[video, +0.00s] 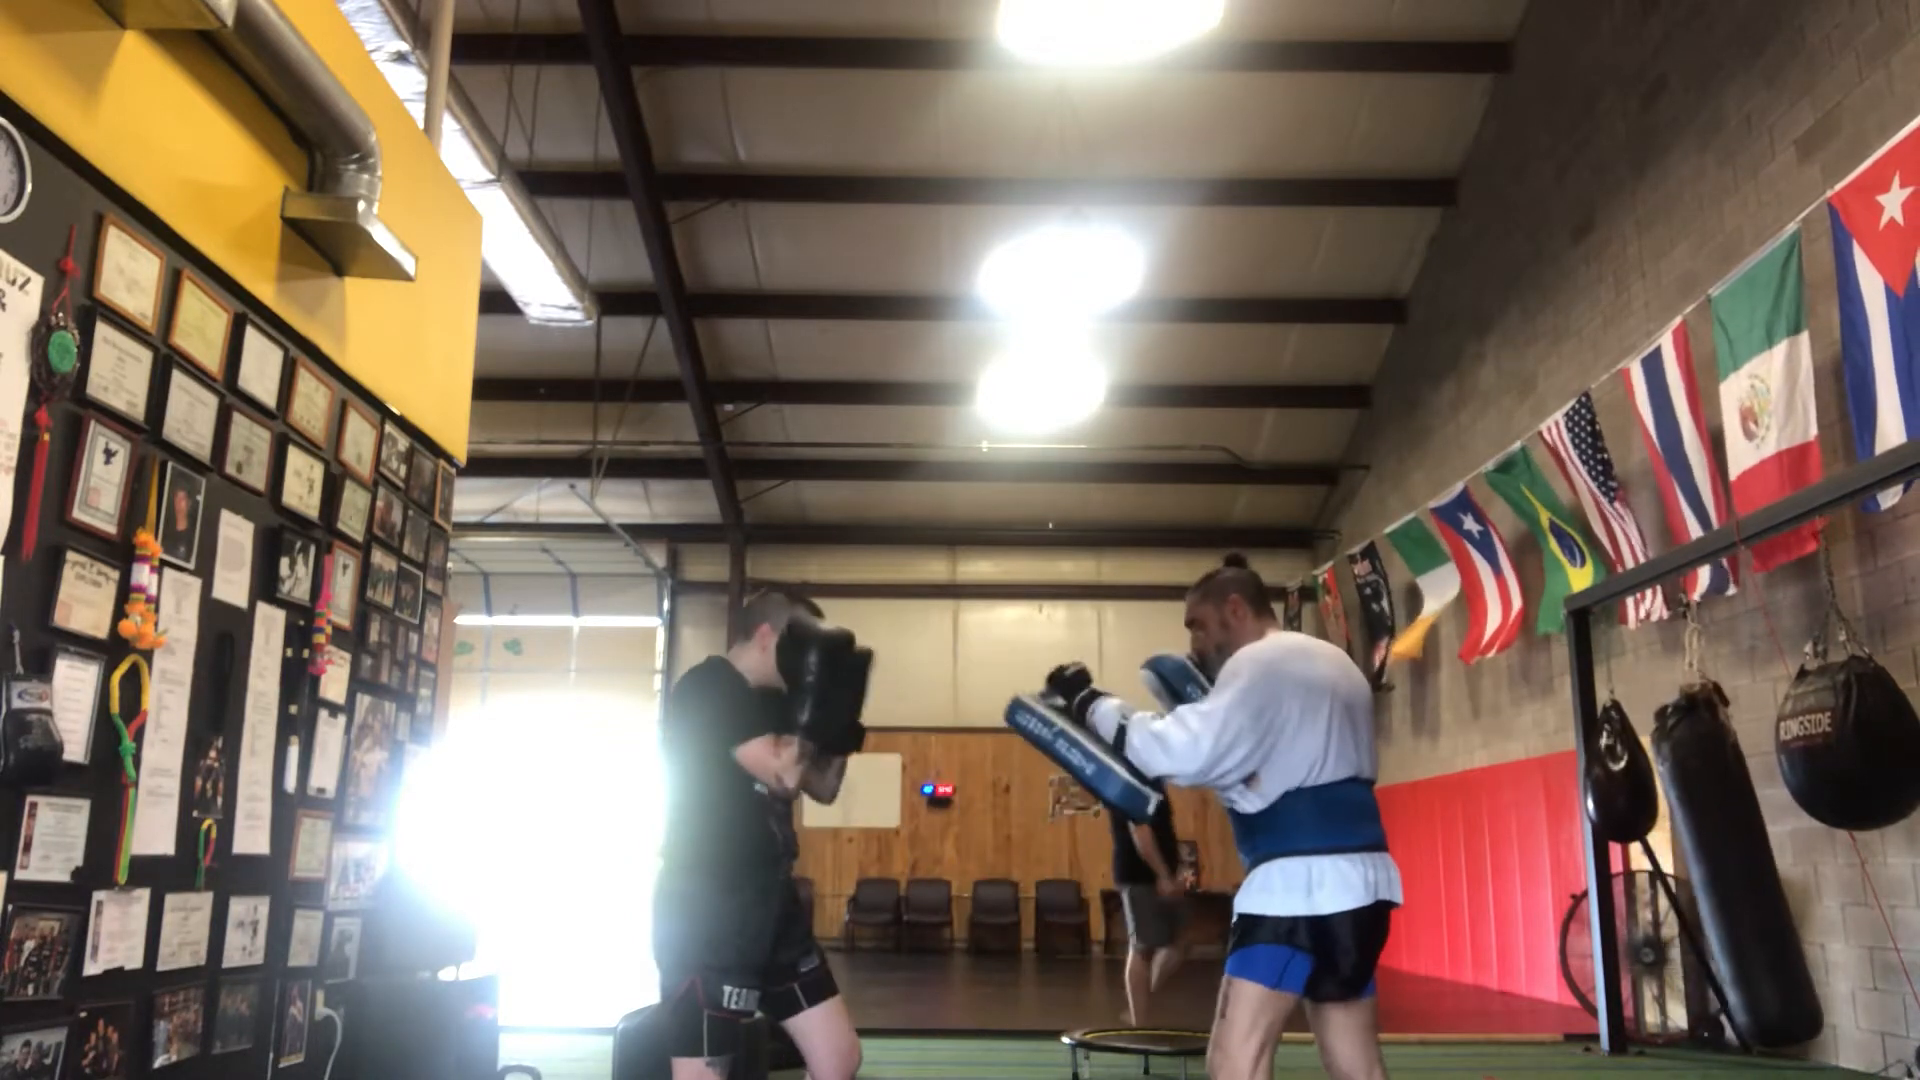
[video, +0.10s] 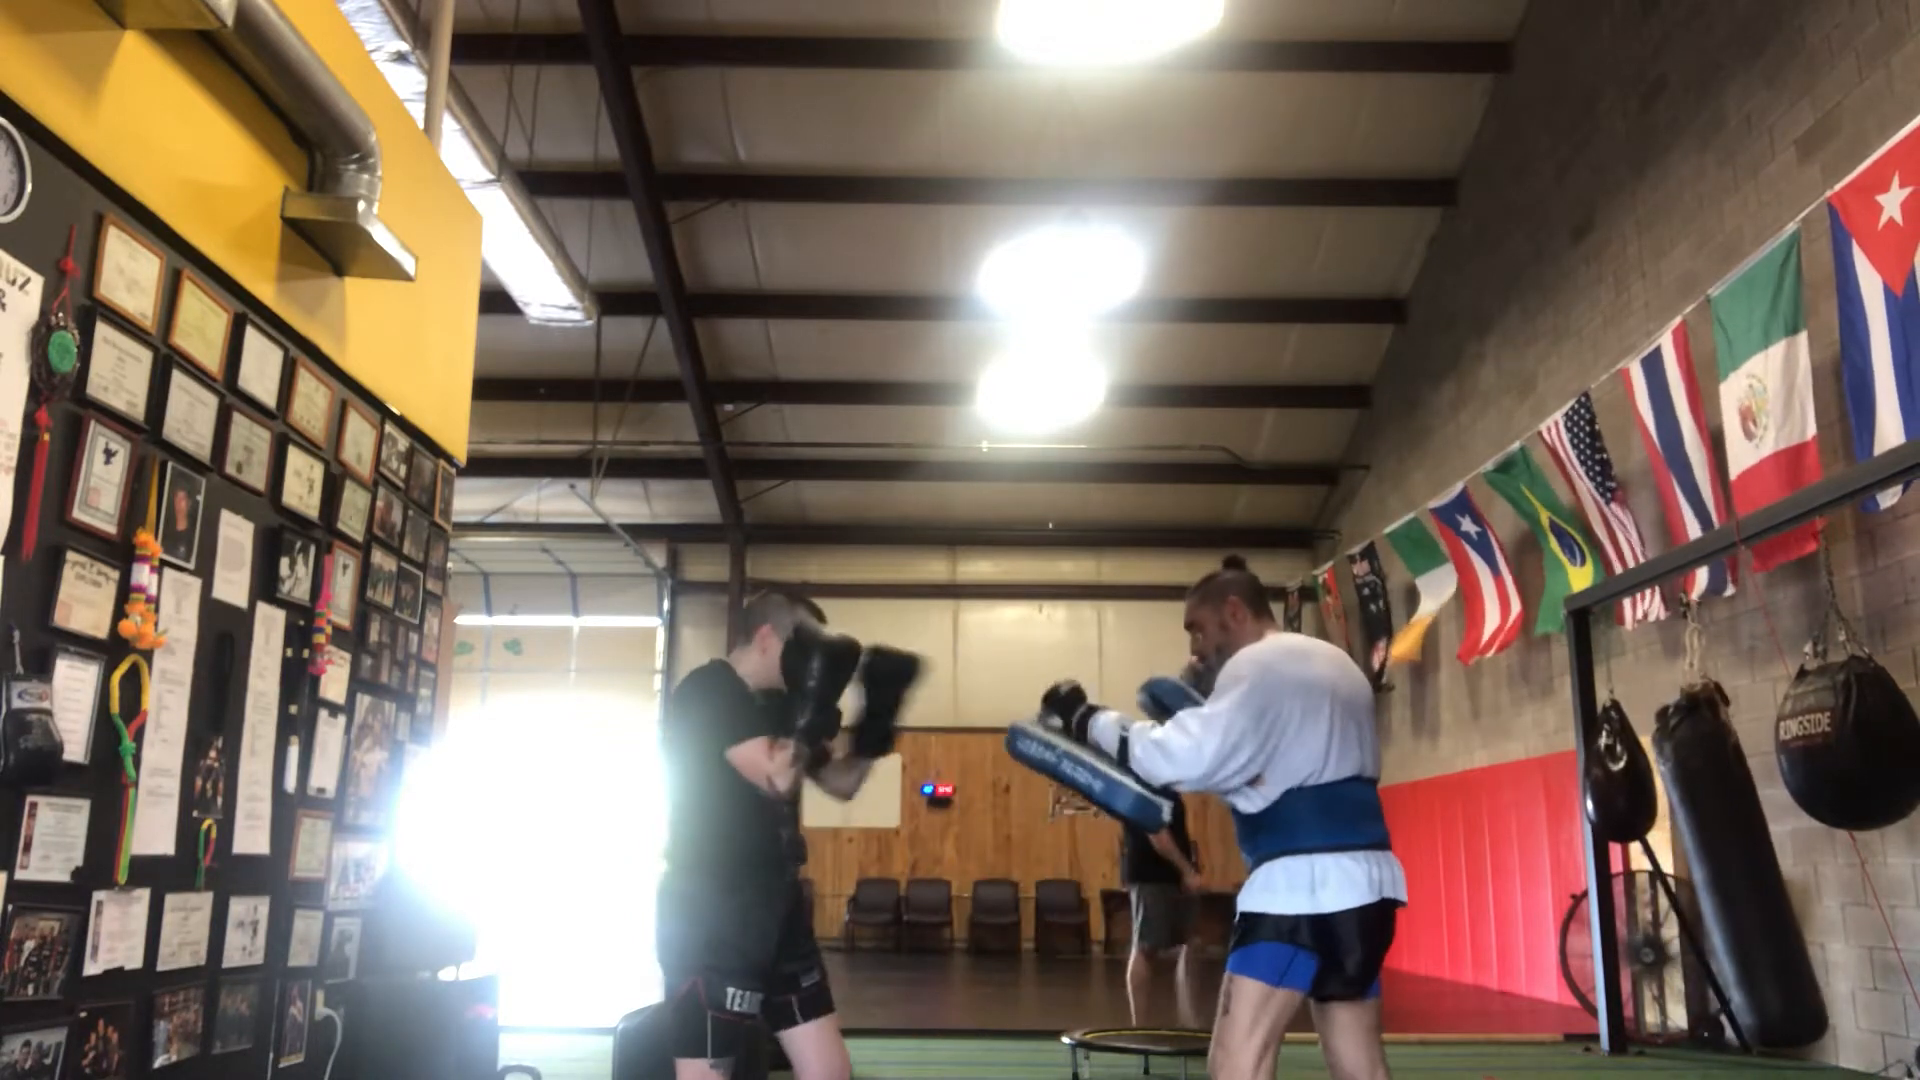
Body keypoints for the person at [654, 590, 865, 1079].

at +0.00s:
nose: (804, 659)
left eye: (810, 647)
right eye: (799, 645)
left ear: (767, 639)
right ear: (766, 635)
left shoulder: (778, 698)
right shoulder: (707, 685)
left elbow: (824, 787)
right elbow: (783, 773)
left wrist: (841, 701)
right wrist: (817, 692)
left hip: (772, 901)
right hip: (706, 905)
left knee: (838, 1057)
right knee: (701, 1070)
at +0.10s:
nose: (803, 659)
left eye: (810, 648)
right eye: (800, 645)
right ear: (767, 636)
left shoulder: (781, 702)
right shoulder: (708, 688)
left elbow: (842, 783)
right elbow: (777, 778)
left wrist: (879, 711)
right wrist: (812, 697)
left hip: (777, 907)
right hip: (710, 911)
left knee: (828, 1068)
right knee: (705, 1071)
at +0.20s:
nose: (811, 656)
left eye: (817, 646)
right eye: (806, 643)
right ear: (772, 636)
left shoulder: (790, 702)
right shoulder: (711, 691)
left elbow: (881, 754)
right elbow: (780, 778)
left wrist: (949, 710)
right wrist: (815, 699)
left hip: (784, 904)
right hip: (716, 908)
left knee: (838, 1068)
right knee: (709, 1071)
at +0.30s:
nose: (824, 654)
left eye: (829, 644)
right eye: (817, 641)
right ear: (782, 636)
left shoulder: (810, 698)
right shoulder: (725, 686)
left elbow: (907, 744)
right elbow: (790, 771)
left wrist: (973, 697)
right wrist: (826, 692)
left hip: (795, 900)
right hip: (725, 904)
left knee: (883, 1044)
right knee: (709, 1070)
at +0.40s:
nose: (836, 654)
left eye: (841, 644)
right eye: (829, 641)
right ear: (796, 632)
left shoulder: (824, 695)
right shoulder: (737, 686)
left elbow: (926, 716)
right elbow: (804, 763)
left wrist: (971, 650)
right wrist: (838, 687)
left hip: (811, 896)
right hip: (737, 903)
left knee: (921, 1016)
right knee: (719, 1070)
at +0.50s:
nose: (851, 650)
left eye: (855, 641)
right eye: (843, 639)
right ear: (811, 632)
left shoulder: (847, 695)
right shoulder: (753, 687)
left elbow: (940, 714)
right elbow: (816, 764)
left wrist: (968, 646)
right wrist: (850, 683)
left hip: (834, 898)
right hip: (759, 905)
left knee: (942, 1021)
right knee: (731, 1070)